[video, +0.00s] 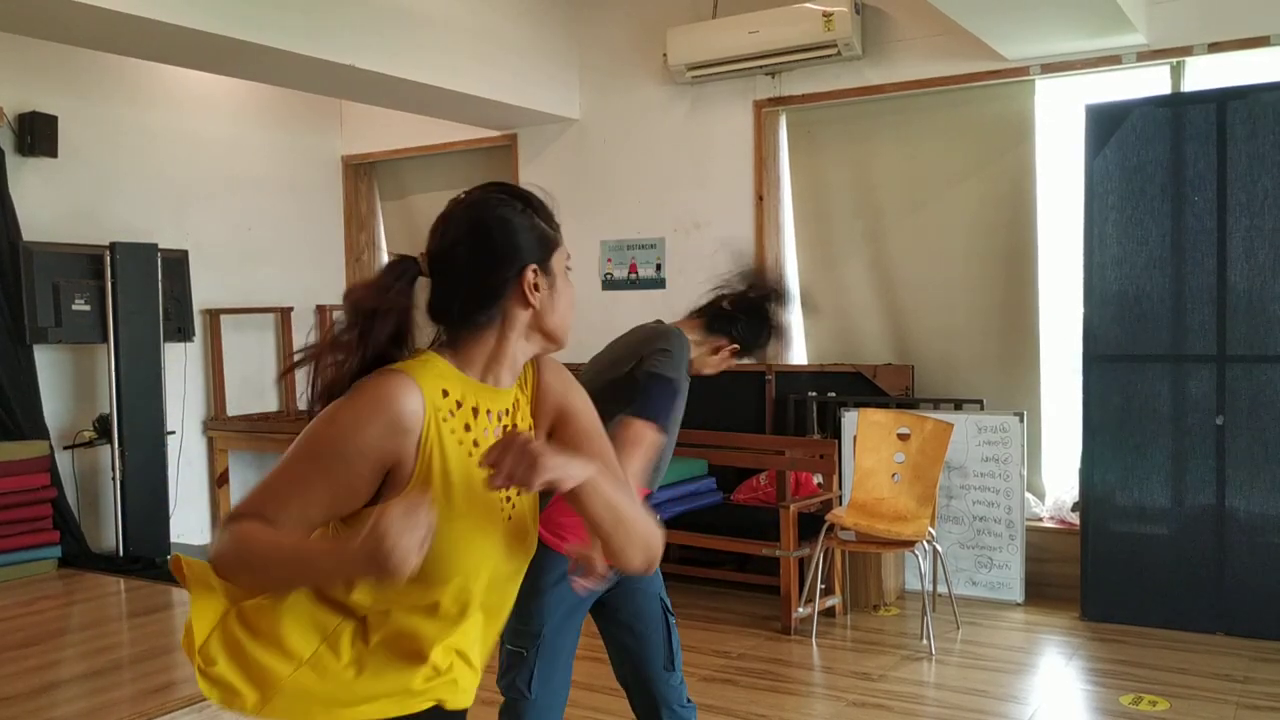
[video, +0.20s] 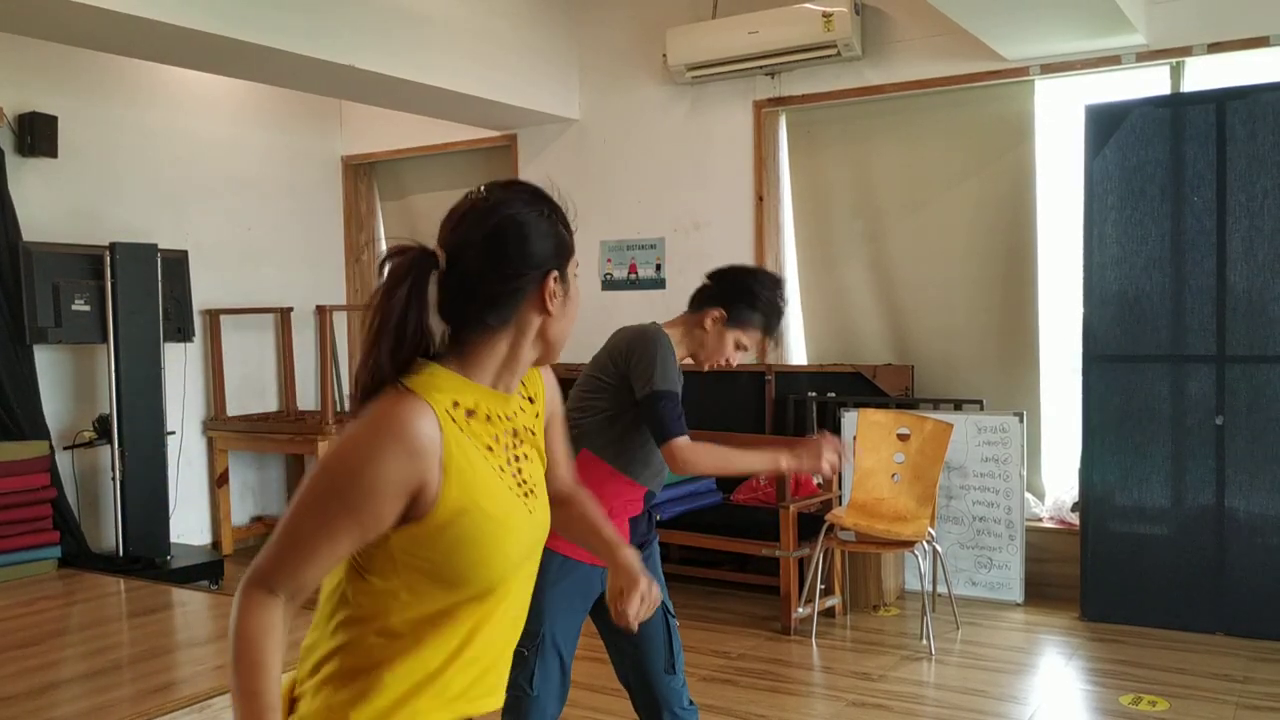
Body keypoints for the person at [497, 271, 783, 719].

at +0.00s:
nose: (719, 372)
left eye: (728, 366)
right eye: (730, 364)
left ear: (700, 316)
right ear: (725, 348)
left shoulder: (649, 340)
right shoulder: (668, 351)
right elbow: (633, 442)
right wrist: (605, 540)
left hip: (622, 546)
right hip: (564, 544)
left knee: (663, 695)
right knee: (534, 700)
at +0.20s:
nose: (734, 362)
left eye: (745, 354)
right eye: (739, 346)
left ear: (711, 317)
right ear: (712, 317)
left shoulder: (665, 358)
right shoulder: (647, 345)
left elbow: (690, 444)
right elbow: (681, 457)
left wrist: (791, 449)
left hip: (628, 542)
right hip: (571, 540)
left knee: (666, 698)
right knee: (535, 696)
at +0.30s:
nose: (722, 330)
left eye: (733, 322)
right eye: (717, 312)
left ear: (739, 324)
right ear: (684, 292)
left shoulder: (678, 373)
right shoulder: (639, 341)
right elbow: (653, 448)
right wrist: (748, 433)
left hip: (635, 541)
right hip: (570, 540)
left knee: (667, 696)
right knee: (535, 696)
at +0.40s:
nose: (695, 304)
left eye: (710, 294)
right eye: (685, 287)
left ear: (722, 299)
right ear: (661, 283)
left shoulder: (684, 374)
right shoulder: (623, 338)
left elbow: (656, 462)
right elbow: (591, 444)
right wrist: (685, 460)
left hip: (641, 540)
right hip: (572, 537)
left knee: (668, 690)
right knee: (538, 687)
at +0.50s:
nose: (667, 288)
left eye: (681, 277)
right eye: (656, 273)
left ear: (699, 286)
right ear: (637, 276)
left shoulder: (689, 370)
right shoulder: (600, 338)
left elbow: (690, 477)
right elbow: (540, 433)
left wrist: (734, 551)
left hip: (645, 546)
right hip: (564, 540)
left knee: (672, 697)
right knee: (533, 693)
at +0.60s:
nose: (611, 275)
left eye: (624, 263)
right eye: (601, 263)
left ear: (656, 270)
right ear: (590, 272)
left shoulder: (684, 360)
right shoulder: (556, 347)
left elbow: (742, 454)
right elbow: (509, 430)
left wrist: (798, 533)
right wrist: (500, 519)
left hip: (643, 551)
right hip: (556, 549)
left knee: (674, 702)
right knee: (525, 695)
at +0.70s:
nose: (513, 297)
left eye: (518, 282)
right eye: (509, 285)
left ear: (553, 273)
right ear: (532, 279)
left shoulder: (628, 348)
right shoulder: (534, 345)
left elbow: (706, 425)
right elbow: (523, 430)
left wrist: (764, 498)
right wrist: (460, 464)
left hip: (628, 542)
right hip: (549, 534)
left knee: (664, 693)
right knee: (519, 689)